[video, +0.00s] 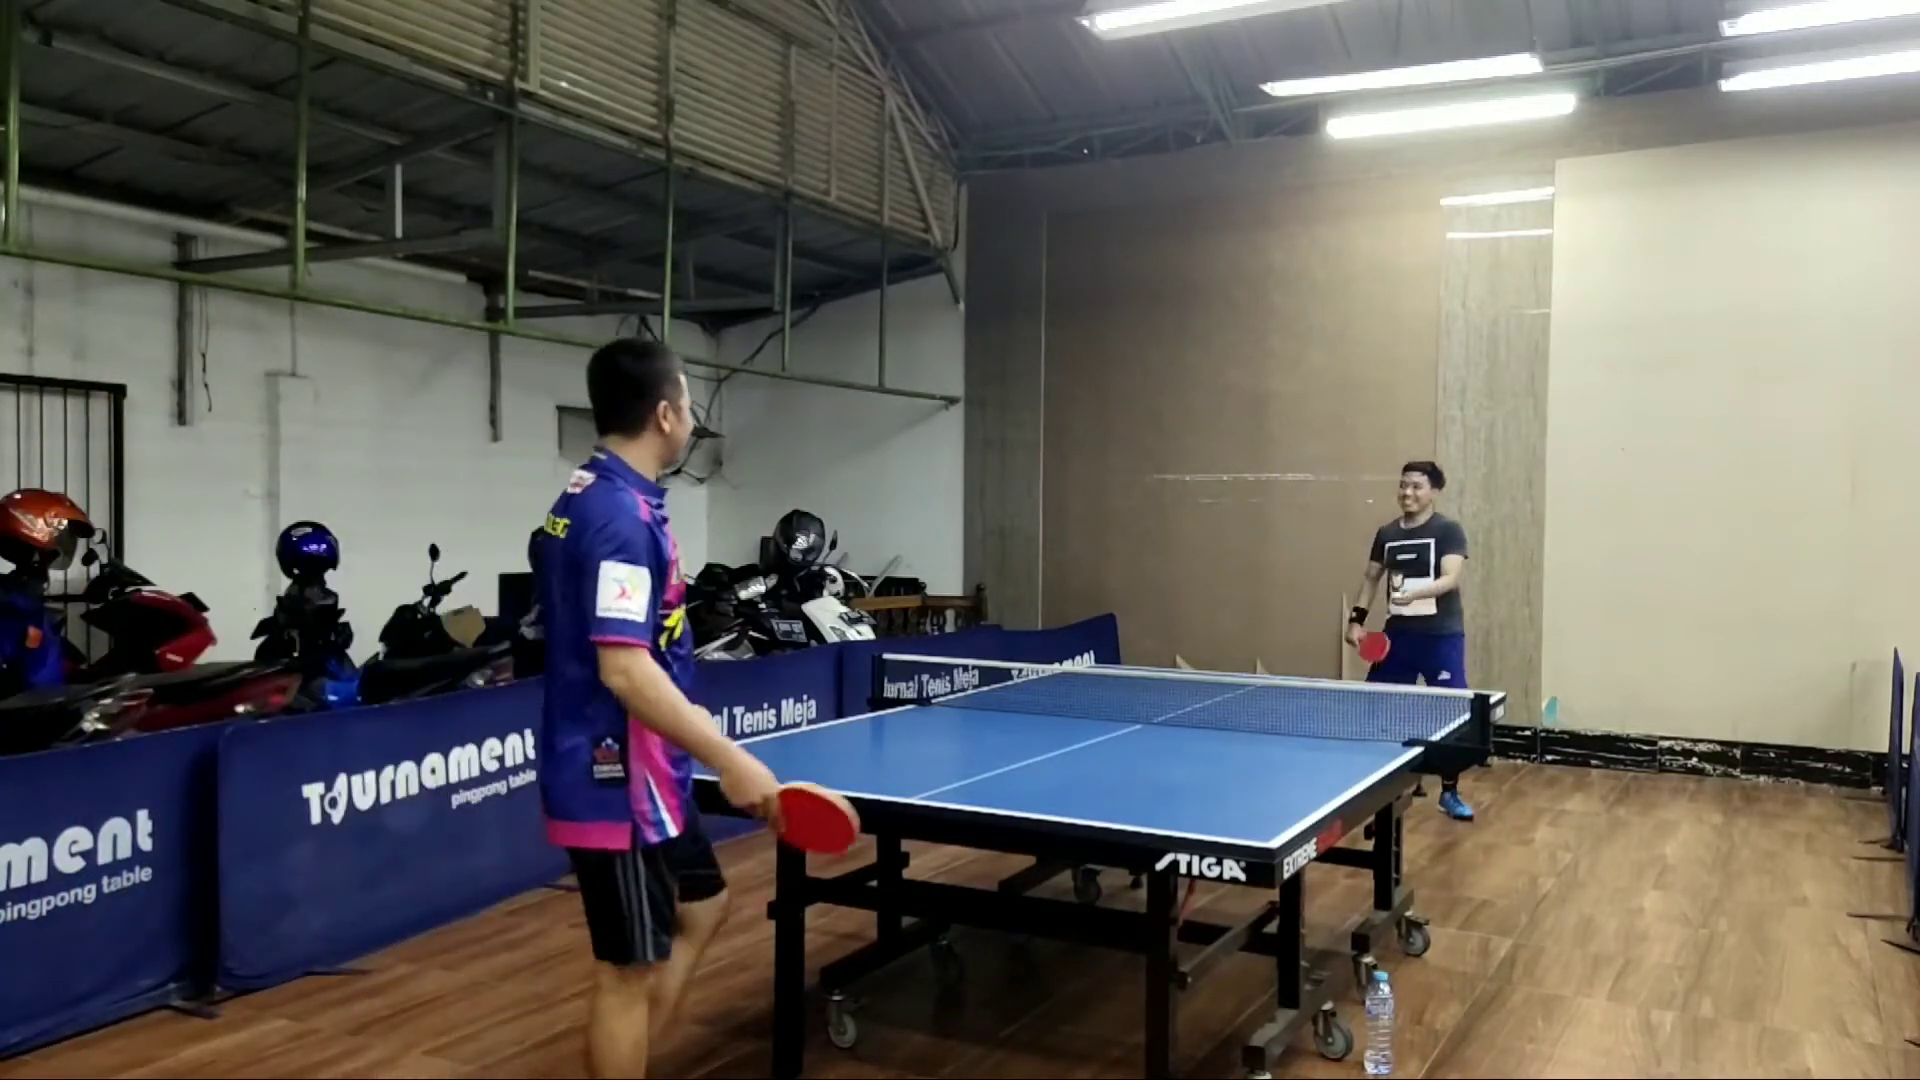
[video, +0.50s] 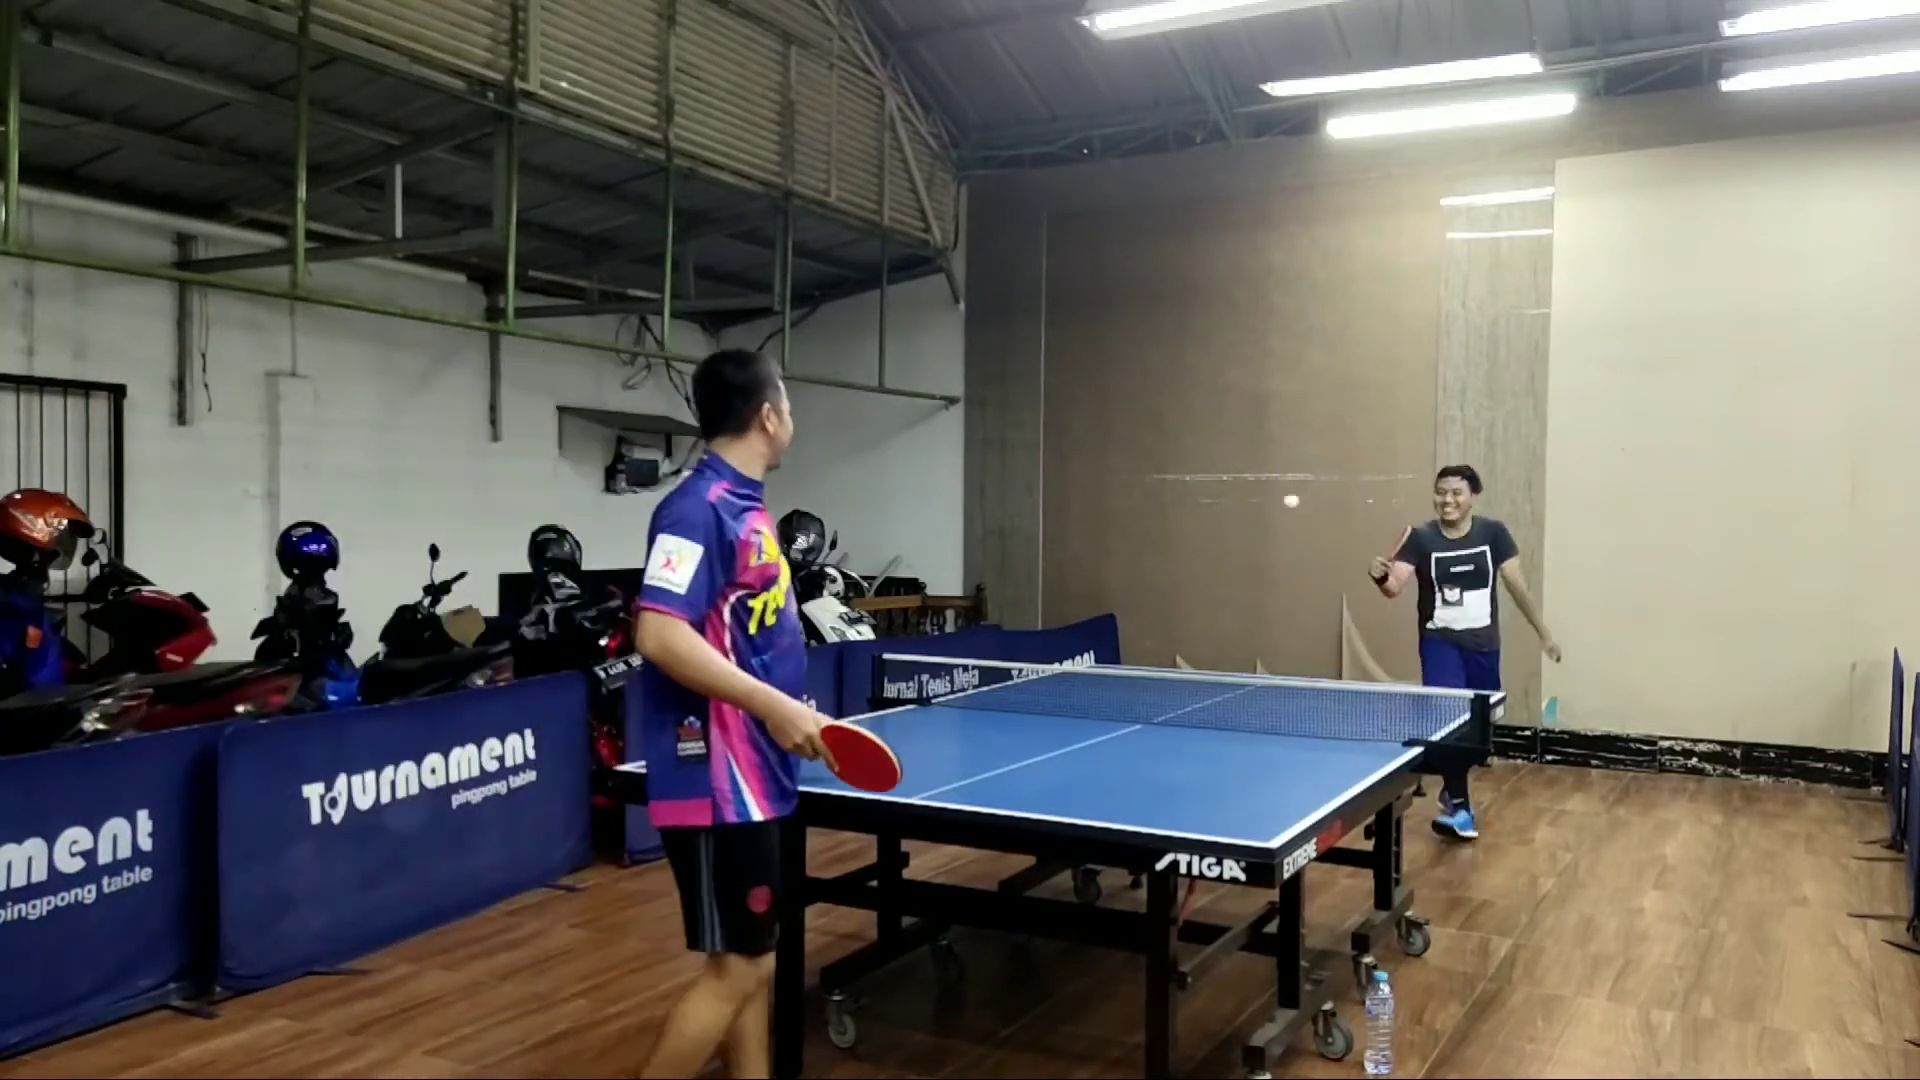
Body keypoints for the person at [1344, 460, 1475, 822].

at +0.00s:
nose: (1407, 492)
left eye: (1416, 486)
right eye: (1403, 486)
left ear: (1434, 492)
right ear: (1398, 491)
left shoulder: (1449, 531)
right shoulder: (1388, 534)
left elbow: (1451, 579)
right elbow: (1371, 579)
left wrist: (1415, 592)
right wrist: (1357, 619)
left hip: (1442, 640)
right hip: (1398, 639)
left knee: (1452, 711)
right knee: (1377, 707)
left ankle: (1449, 791)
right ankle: (1387, 785)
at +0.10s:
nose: (1423, 490)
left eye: (1432, 484)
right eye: (1419, 483)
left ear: (1450, 491)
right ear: (1413, 488)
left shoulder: (1464, 530)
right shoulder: (1398, 532)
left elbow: (1465, 578)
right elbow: (1379, 576)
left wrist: (1425, 588)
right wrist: (1369, 615)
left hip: (1454, 641)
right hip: (1408, 639)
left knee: (1461, 714)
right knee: (1389, 708)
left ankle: (1450, 791)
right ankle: (1393, 787)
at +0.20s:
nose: (1434, 489)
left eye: (1442, 483)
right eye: (1429, 482)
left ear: (1460, 489)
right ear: (1423, 486)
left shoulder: (1476, 528)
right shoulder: (1407, 529)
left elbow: (1481, 579)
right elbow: (1385, 573)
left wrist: (1443, 600)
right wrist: (1376, 596)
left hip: (1460, 641)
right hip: (1415, 638)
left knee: (1463, 714)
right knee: (1401, 709)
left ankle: (1450, 791)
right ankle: (1399, 785)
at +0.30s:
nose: (1440, 488)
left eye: (1449, 482)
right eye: (1436, 481)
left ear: (1467, 488)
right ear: (1429, 486)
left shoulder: (1483, 528)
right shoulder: (1413, 529)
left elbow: (1494, 581)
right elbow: (1391, 573)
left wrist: (1474, 626)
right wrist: (1378, 572)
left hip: (1467, 634)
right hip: (1422, 634)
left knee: (1466, 712)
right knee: (1419, 709)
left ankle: (1452, 791)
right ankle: (1423, 792)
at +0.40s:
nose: (1445, 492)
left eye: (1454, 486)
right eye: (1440, 484)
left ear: (1471, 492)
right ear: (1432, 489)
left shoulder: (1489, 530)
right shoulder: (1416, 533)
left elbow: (1503, 586)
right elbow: (1391, 580)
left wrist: (1513, 639)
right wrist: (1380, 570)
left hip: (1477, 641)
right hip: (1432, 639)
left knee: (1471, 716)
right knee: (1434, 713)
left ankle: (1453, 792)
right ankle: (1440, 797)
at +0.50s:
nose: (1449, 500)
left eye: (1457, 493)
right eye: (1442, 492)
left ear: (1473, 498)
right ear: (1434, 496)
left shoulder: (1492, 533)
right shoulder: (1421, 538)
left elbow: (1517, 586)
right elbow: (1393, 589)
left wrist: (1545, 636)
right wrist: (1382, 576)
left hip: (1482, 645)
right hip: (1440, 644)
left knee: (1477, 724)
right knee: (1450, 719)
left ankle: (1450, 795)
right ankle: (1458, 805)